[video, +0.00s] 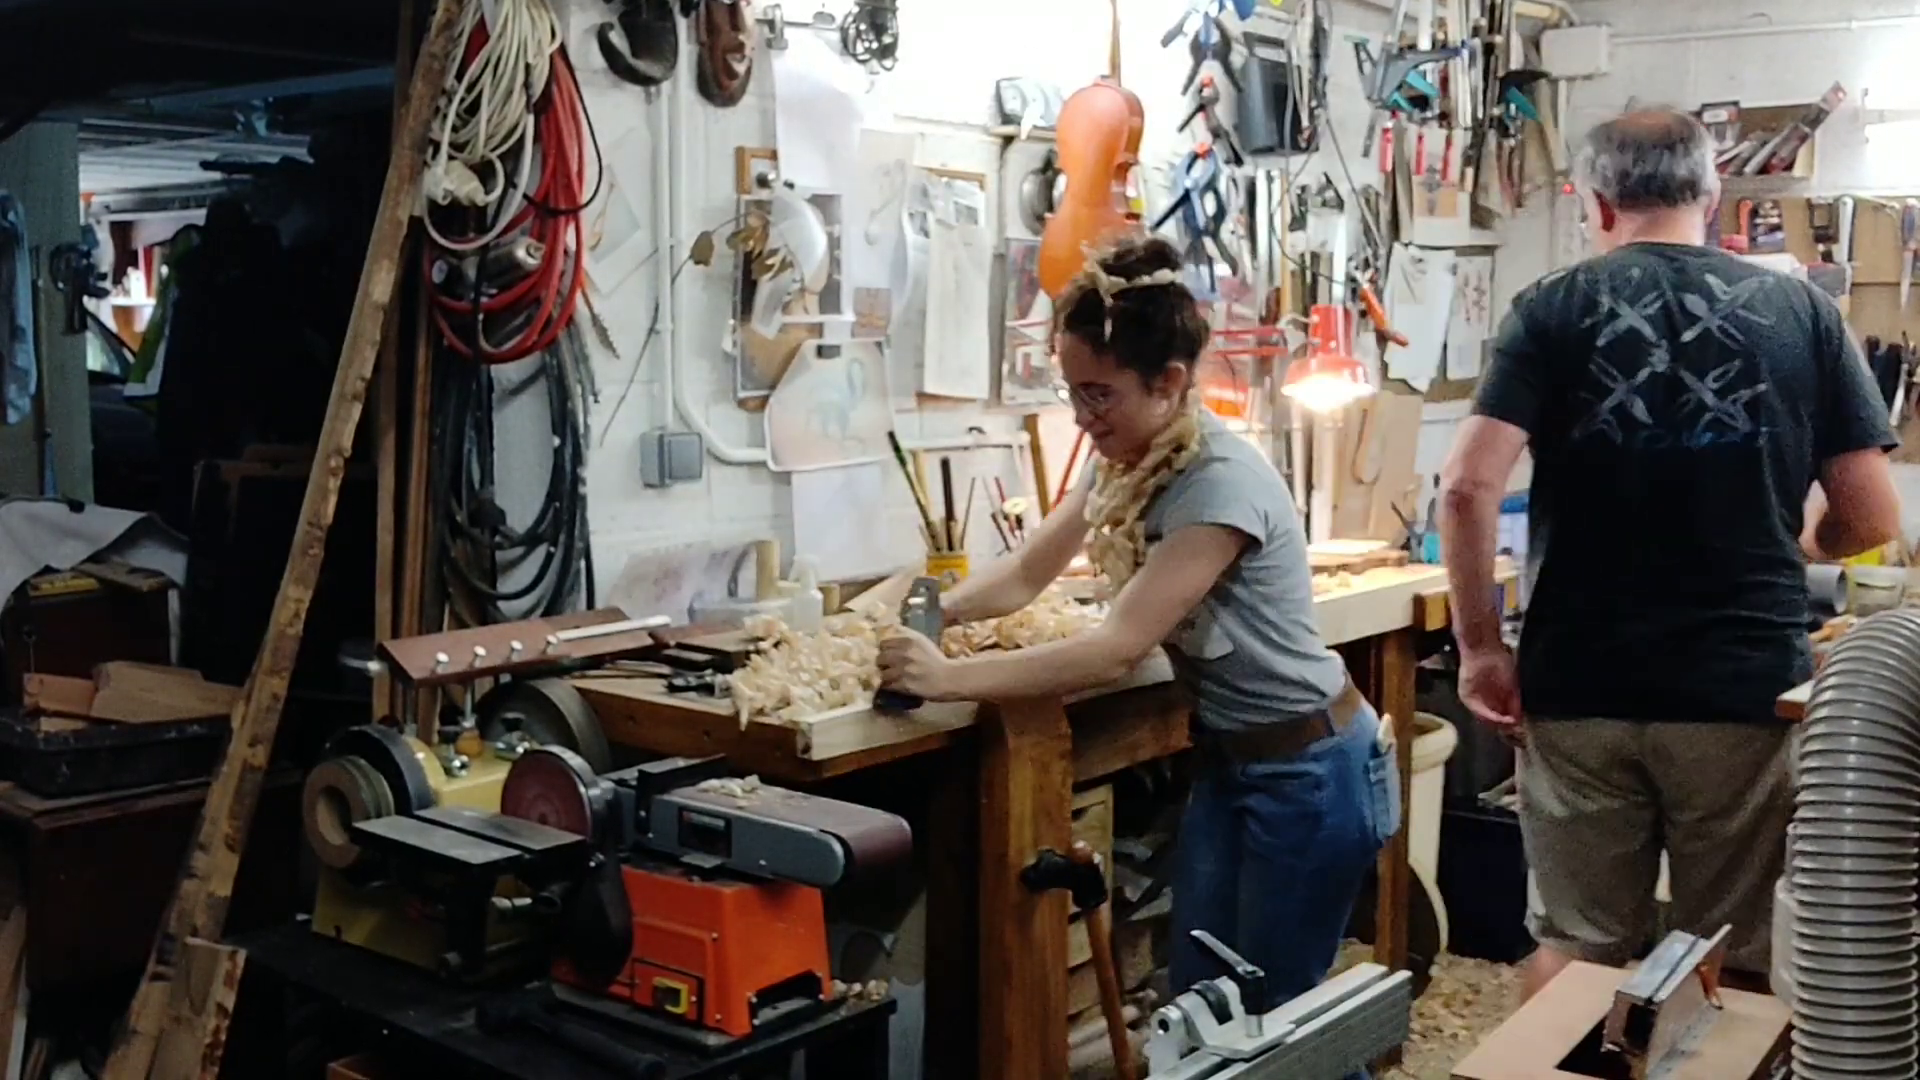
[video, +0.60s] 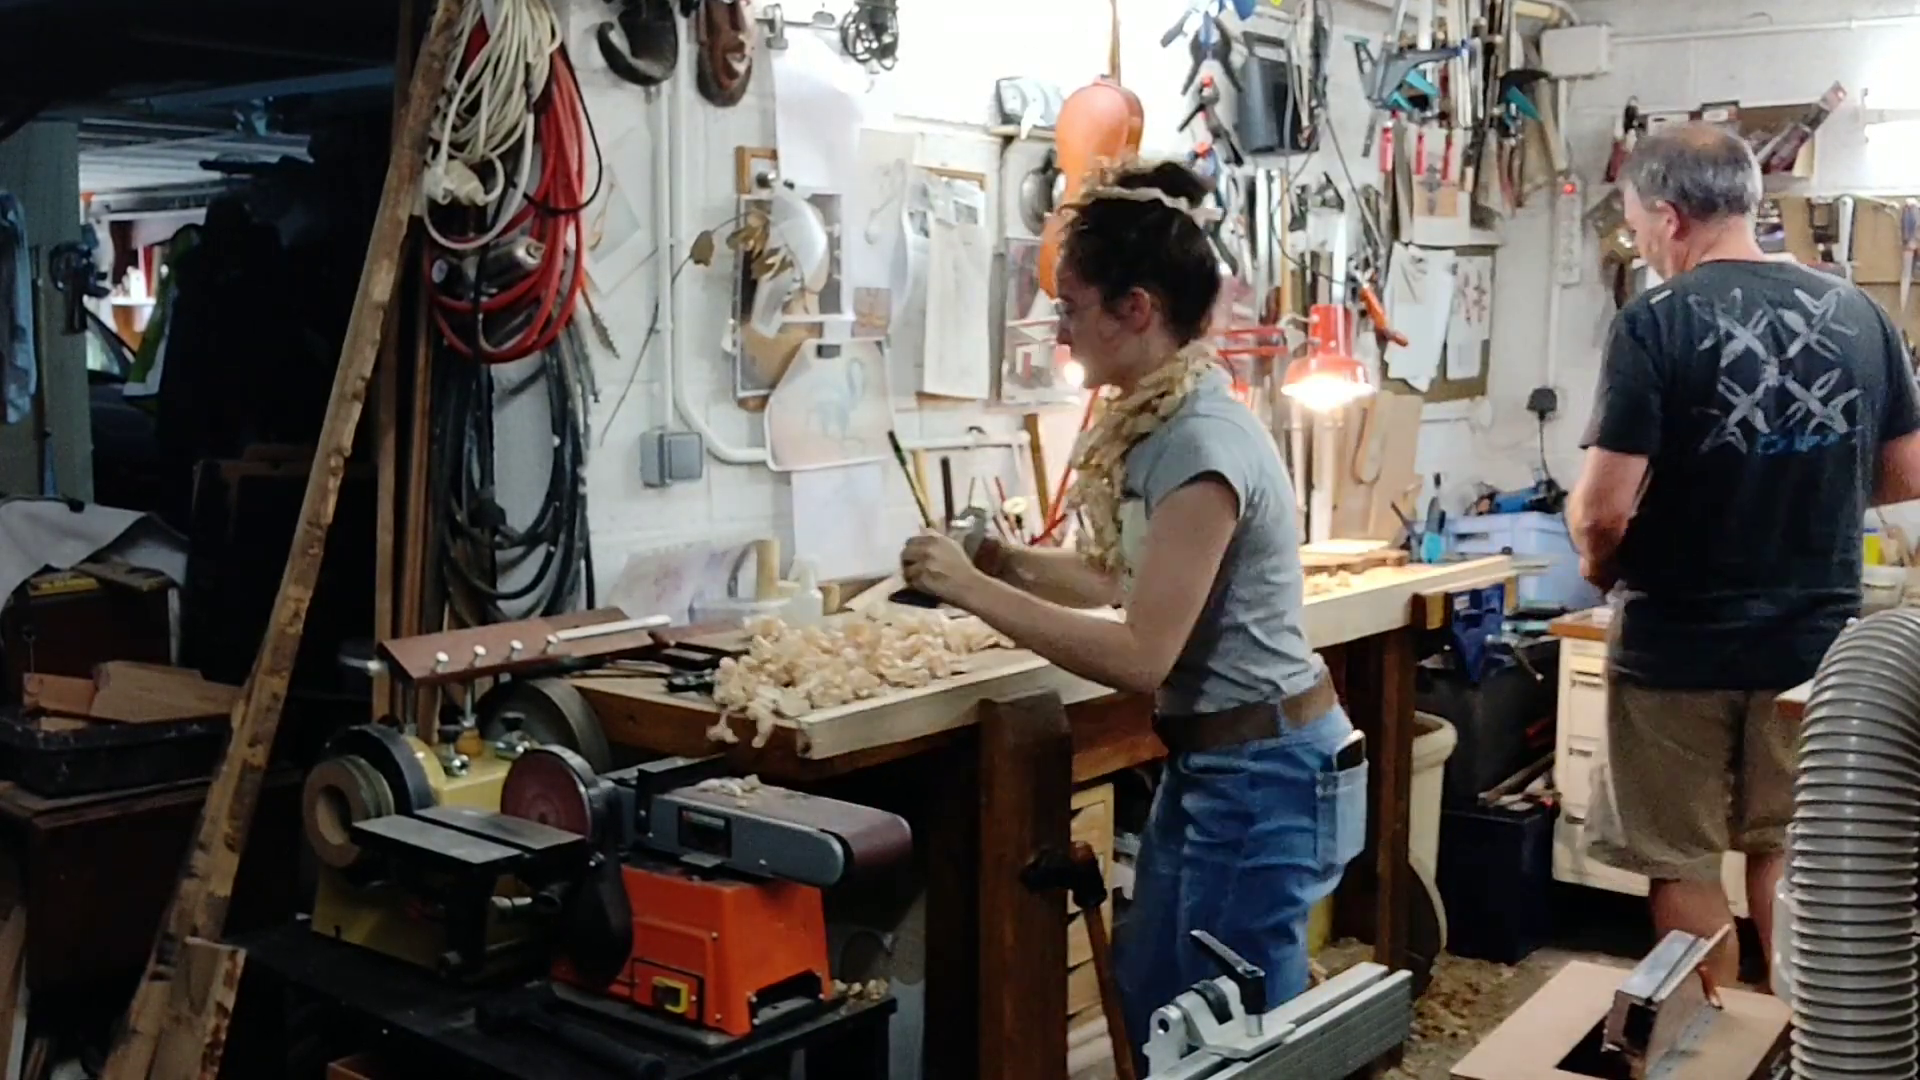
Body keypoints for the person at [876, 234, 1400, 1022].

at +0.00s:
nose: (1079, 415)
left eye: (1097, 394)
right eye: (1071, 392)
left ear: (1172, 383)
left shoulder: (1222, 485)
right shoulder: (1127, 461)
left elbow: (1116, 649)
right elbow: (1025, 571)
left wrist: (950, 676)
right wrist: (925, 612)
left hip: (1312, 769)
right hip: (1229, 762)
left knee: (1269, 1020)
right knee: (1197, 1009)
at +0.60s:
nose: (1058, 329)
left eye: (1070, 309)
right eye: (1058, 307)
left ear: (1138, 311)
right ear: (1139, 313)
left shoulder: (1201, 441)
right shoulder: (1162, 426)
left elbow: (1143, 659)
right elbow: (1127, 584)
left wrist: (978, 591)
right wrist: (1008, 563)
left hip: (1263, 766)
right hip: (1214, 758)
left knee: (1223, 1030)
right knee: (1144, 997)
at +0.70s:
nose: (1092, 330)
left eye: (1096, 307)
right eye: (1090, 308)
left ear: (1142, 312)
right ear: (1211, 309)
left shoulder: (1199, 448)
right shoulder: (1255, 412)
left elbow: (1163, 680)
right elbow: (1234, 601)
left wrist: (1011, 594)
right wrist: (1098, 565)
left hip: (1262, 795)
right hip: (1315, 767)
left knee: (1199, 1046)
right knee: (1162, 1005)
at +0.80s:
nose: (1137, 322)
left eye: (1138, 302)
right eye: (1135, 301)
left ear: (1162, 309)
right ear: (1259, 307)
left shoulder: (1185, 460)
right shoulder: (1324, 434)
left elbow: (1167, 680)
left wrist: (1042, 589)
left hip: (1266, 797)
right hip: (1369, 771)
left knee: (1213, 1044)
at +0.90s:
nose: (1172, 304)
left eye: (1173, 285)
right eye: (1171, 285)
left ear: (1190, 295)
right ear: (1302, 295)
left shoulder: (1174, 449)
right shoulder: (1381, 426)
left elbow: (1157, 668)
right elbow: (1425, 618)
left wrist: (1080, 567)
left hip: (1262, 792)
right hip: (1391, 774)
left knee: (1229, 1047)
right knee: (1287, 1022)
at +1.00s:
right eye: (1351, 284)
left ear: (1228, 299)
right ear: (1349, 299)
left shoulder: (1172, 451)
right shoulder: (1422, 437)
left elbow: (1156, 653)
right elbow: (1473, 638)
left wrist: (1224, 574)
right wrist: (1391, 605)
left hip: (1255, 795)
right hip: (1402, 782)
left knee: (1245, 1051)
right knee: (1364, 1037)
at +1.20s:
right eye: (1415, 302)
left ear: (1294, 312)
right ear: (1410, 313)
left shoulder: (1216, 456)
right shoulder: (1474, 455)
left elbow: (1229, 639)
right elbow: (1519, 664)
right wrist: (1461, 586)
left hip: (1268, 781)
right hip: (1428, 780)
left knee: (1273, 1049)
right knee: (1427, 1036)